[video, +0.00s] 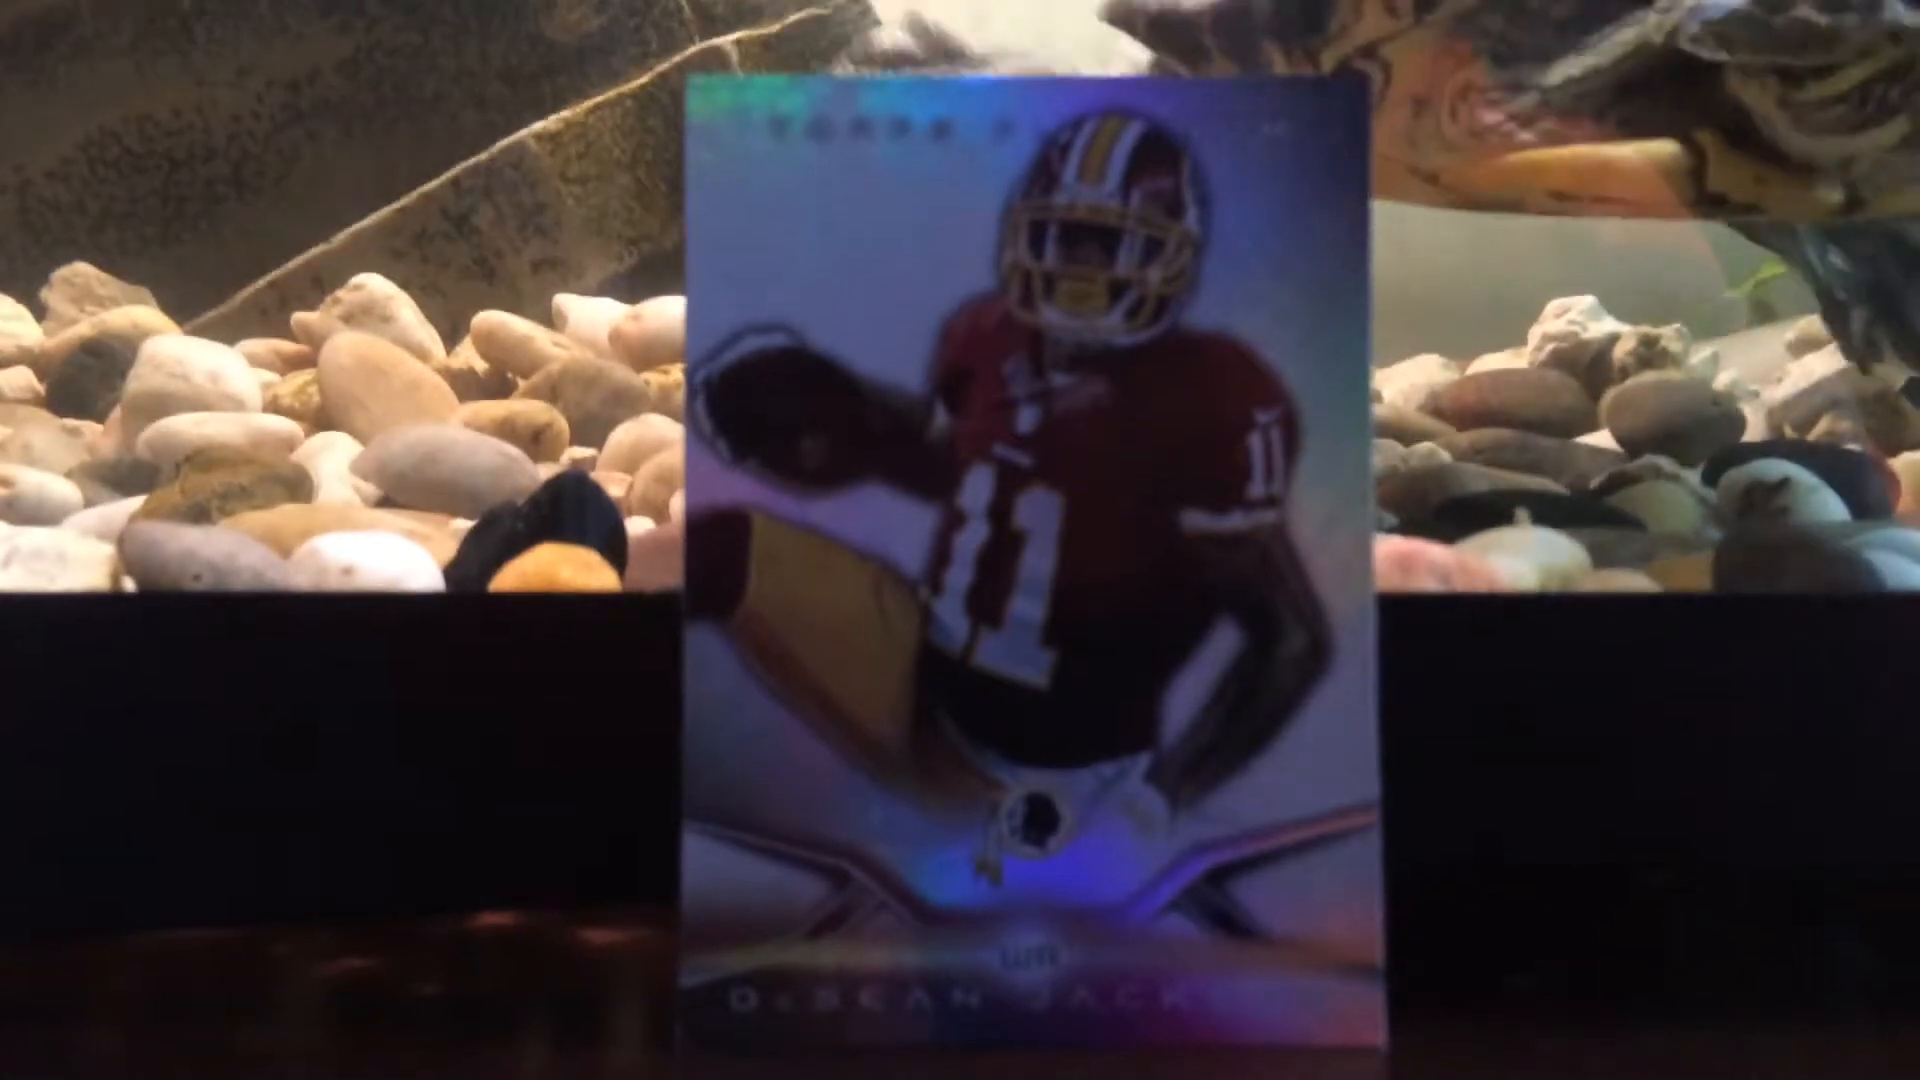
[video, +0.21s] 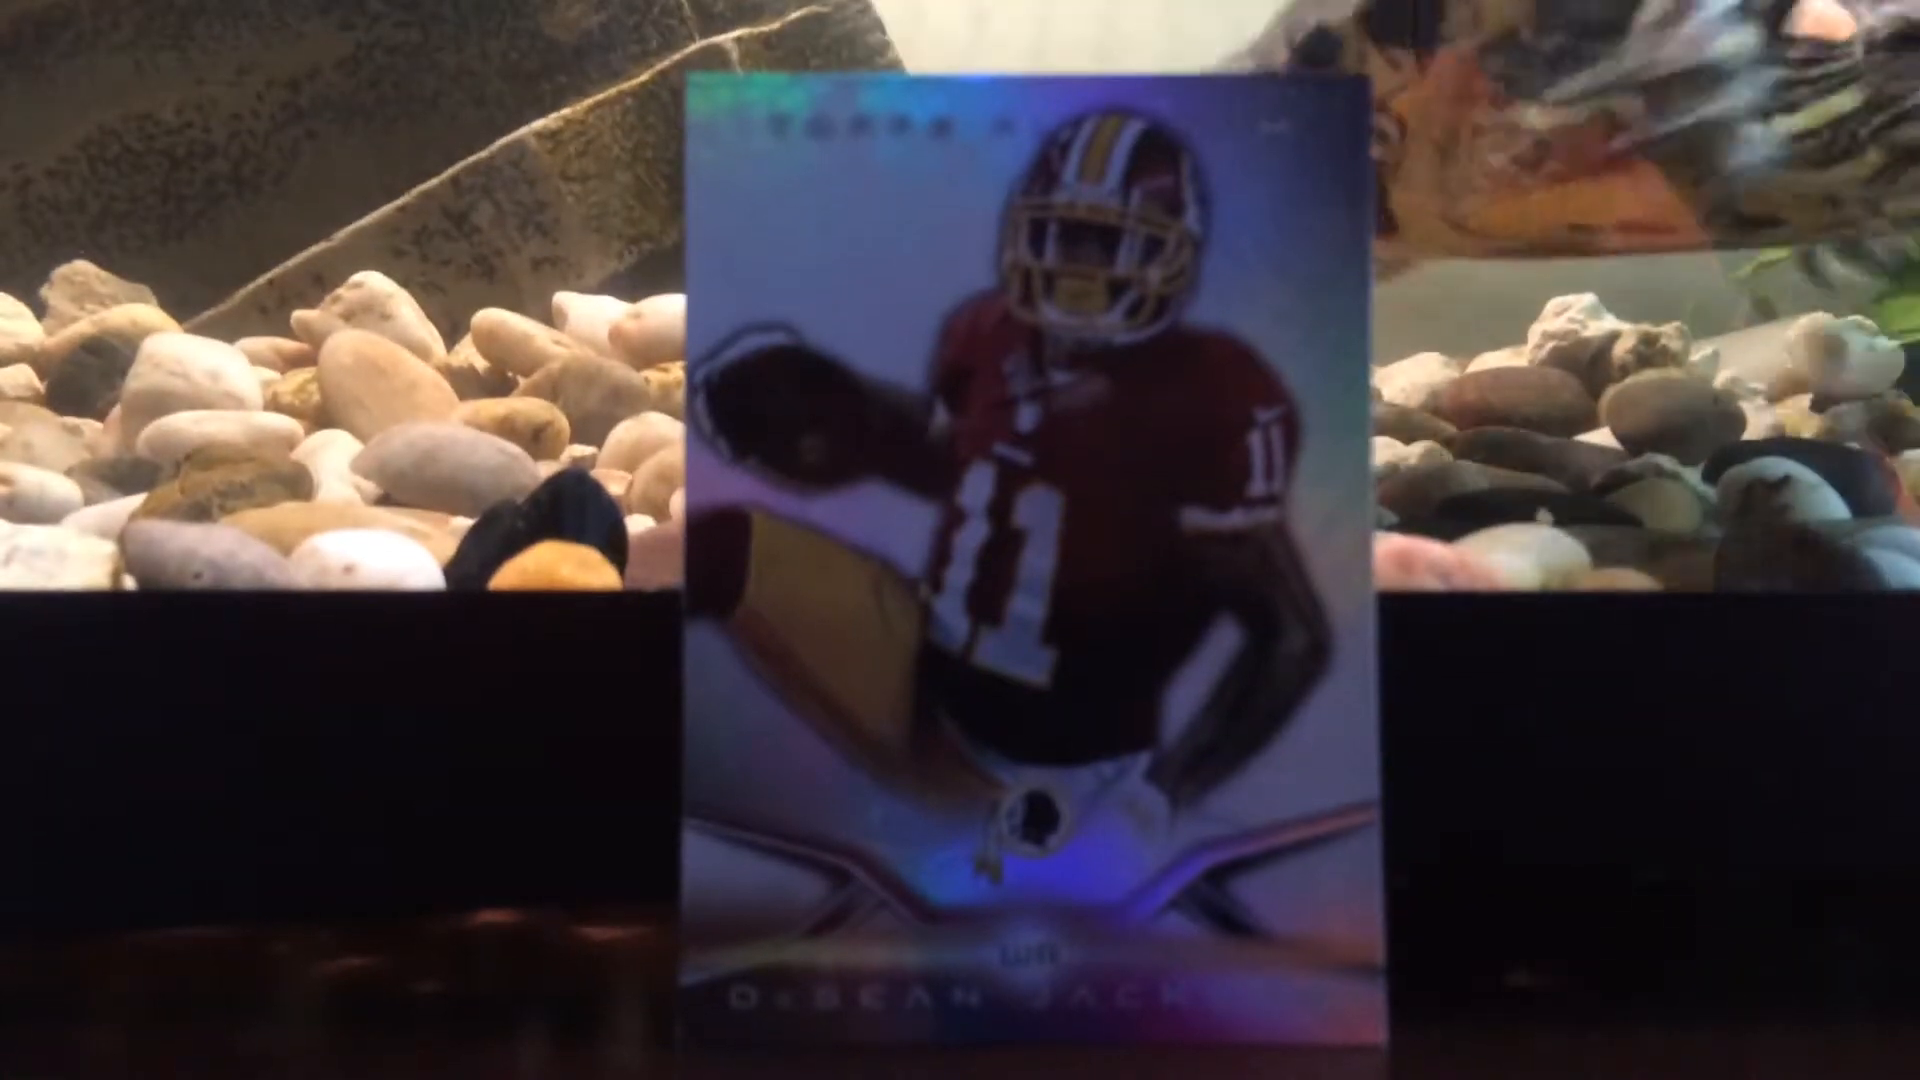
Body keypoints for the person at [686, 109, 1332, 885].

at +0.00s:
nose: (1082, 272)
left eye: (1116, 247)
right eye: (1063, 239)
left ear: (1175, 259)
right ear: (1022, 240)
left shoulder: (1217, 401)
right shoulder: (981, 341)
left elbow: (1293, 642)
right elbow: (961, 472)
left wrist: (1160, 799)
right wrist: (857, 432)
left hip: (1081, 768)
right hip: (932, 695)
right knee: (718, 550)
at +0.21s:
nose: (1081, 271)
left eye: (1115, 246)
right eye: (1062, 238)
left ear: (1175, 258)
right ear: (1023, 239)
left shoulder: (1218, 399)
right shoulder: (981, 339)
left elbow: (1293, 640)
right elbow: (962, 470)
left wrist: (1159, 799)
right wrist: (856, 427)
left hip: (1081, 766)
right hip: (932, 693)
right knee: (718, 549)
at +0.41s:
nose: (1081, 270)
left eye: (1115, 244)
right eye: (1063, 237)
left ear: (1175, 256)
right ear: (1022, 238)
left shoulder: (1218, 398)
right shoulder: (982, 338)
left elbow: (1293, 640)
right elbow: (960, 468)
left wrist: (1159, 797)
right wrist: (854, 425)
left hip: (1082, 764)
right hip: (932, 691)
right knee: (718, 547)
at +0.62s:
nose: (1080, 269)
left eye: (1114, 244)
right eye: (1062, 236)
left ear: (1175, 256)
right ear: (1022, 237)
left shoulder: (1216, 398)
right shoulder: (982, 337)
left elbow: (1293, 638)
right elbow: (957, 466)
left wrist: (1157, 797)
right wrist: (855, 424)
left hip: (1080, 759)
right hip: (931, 687)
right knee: (719, 546)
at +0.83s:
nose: (1082, 268)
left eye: (1116, 242)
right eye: (1062, 235)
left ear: (1177, 255)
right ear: (1022, 238)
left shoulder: (1216, 398)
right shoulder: (982, 336)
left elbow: (1293, 637)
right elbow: (955, 466)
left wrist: (1156, 795)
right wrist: (856, 423)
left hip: (1080, 752)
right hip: (932, 679)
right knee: (716, 546)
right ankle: (903, 777)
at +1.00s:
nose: (1080, 268)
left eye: (1115, 242)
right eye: (1061, 234)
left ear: (1176, 254)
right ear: (1021, 236)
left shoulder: (1212, 396)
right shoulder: (981, 335)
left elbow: (1293, 636)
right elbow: (956, 466)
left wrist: (1157, 795)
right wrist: (857, 425)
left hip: (1079, 754)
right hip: (931, 679)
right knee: (717, 546)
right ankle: (906, 780)